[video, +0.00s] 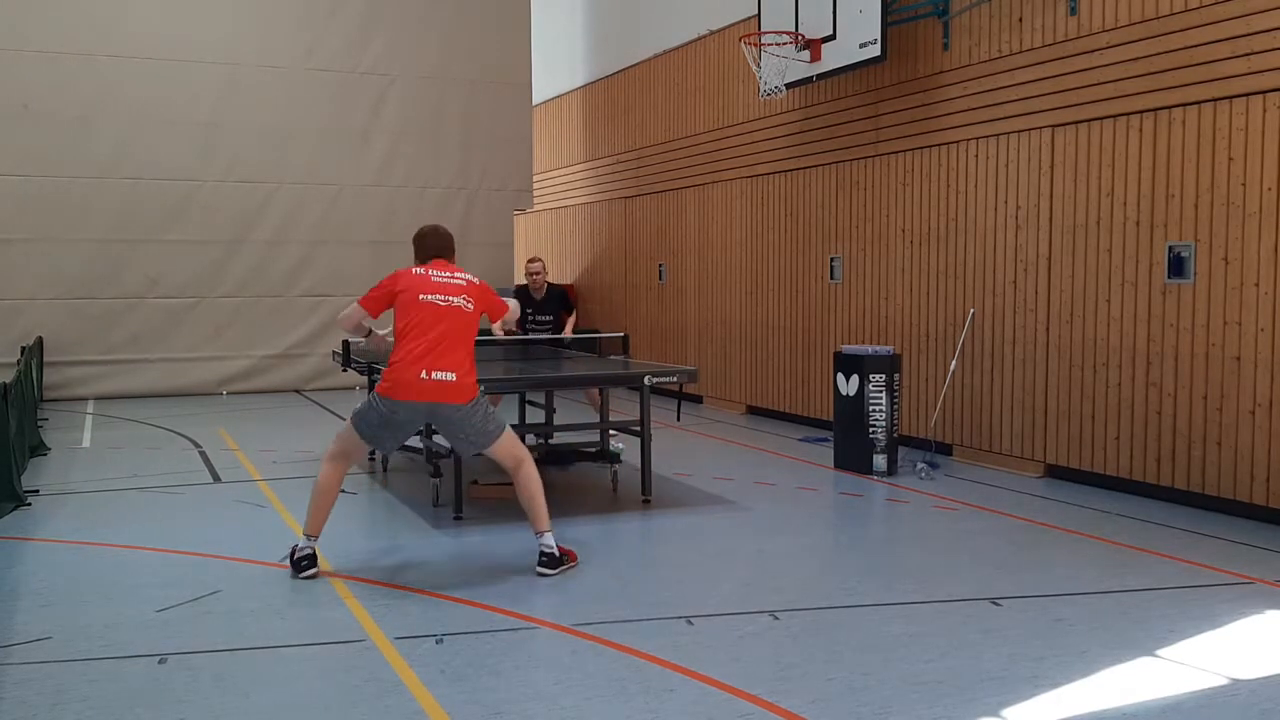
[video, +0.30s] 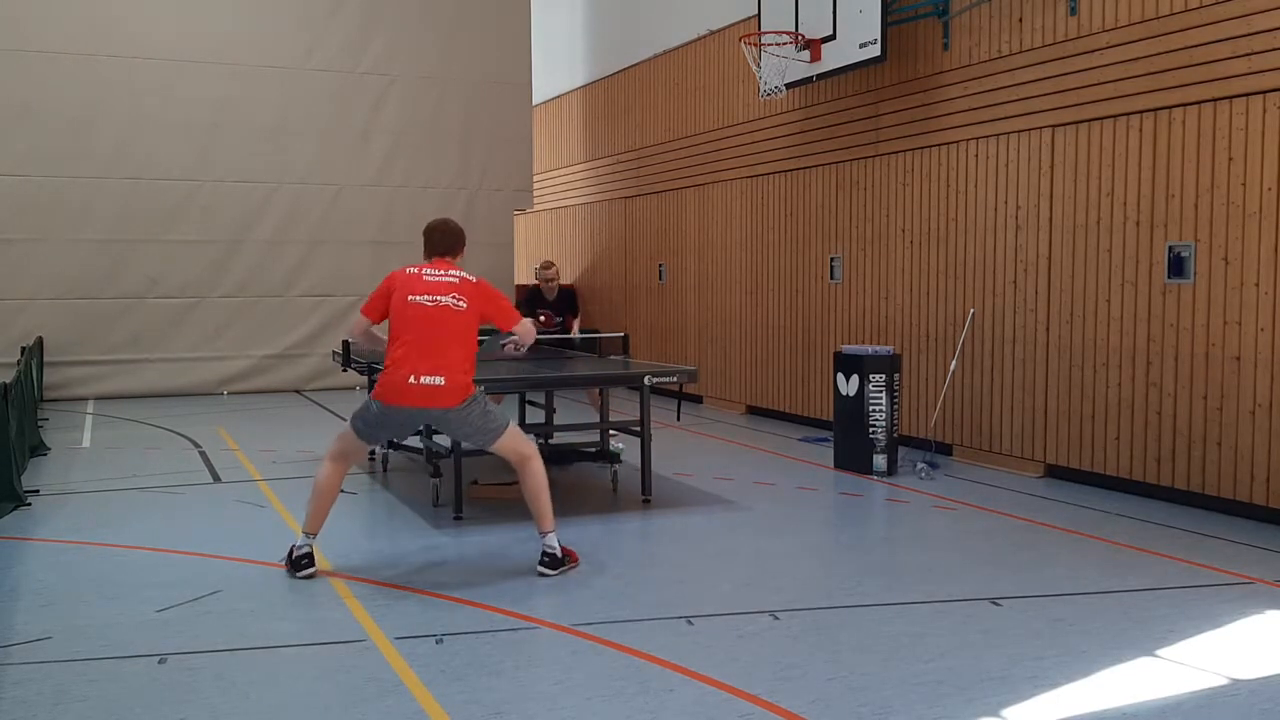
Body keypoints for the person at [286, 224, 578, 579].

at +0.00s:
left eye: (418, 253)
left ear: (417, 255)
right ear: (452, 254)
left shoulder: (402, 279)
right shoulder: (473, 285)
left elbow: (349, 320)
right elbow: (511, 312)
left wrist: (374, 336)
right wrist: (502, 320)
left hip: (400, 394)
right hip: (458, 398)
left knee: (338, 458)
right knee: (519, 461)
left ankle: (306, 548)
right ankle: (548, 547)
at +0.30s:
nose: (454, 254)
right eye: (459, 248)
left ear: (425, 248)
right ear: (460, 251)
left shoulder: (399, 278)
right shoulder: (475, 286)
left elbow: (358, 332)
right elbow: (528, 332)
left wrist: (389, 347)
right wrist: (519, 342)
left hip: (394, 399)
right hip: (455, 401)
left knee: (338, 459)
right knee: (525, 455)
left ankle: (303, 548)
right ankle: (551, 548)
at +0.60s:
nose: (446, 303)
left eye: (420, 297)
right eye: (448, 299)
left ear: (413, 297)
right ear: (449, 300)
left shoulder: (393, 315)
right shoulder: (462, 322)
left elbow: (376, 358)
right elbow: (514, 374)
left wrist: (412, 360)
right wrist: (492, 407)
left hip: (385, 431)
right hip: (449, 430)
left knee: (326, 465)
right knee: (527, 459)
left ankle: (292, 549)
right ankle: (553, 550)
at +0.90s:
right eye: (454, 248)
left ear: (420, 250)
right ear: (456, 251)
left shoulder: (401, 274)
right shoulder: (472, 282)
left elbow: (346, 305)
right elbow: (522, 309)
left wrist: (363, 329)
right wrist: (544, 293)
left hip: (407, 390)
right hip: (464, 390)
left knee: (341, 455)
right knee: (527, 452)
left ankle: (315, 549)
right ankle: (568, 534)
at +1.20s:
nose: (533, 255)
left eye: (530, 249)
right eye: (533, 250)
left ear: (494, 245)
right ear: (528, 251)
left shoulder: (460, 272)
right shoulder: (530, 286)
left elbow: (434, 314)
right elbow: (543, 354)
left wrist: (471, 328)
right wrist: (580, 383)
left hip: (446, 389)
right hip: (502, 389)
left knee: (391, 464)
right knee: (568, 447)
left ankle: (341, 545)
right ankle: (605, 535)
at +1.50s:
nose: (596, 303)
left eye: (598, 296)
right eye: (598, 295)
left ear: (561, 282)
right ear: (591, 290)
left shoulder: (526, 305)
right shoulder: (557, 316)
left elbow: (513, 357)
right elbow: (534, 380)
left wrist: (560, 362)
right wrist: (582, 414)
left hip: (480, 420)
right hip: (524, 421)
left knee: (442, 493)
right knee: (610, 449)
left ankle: (378, 550)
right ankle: (628, 541)